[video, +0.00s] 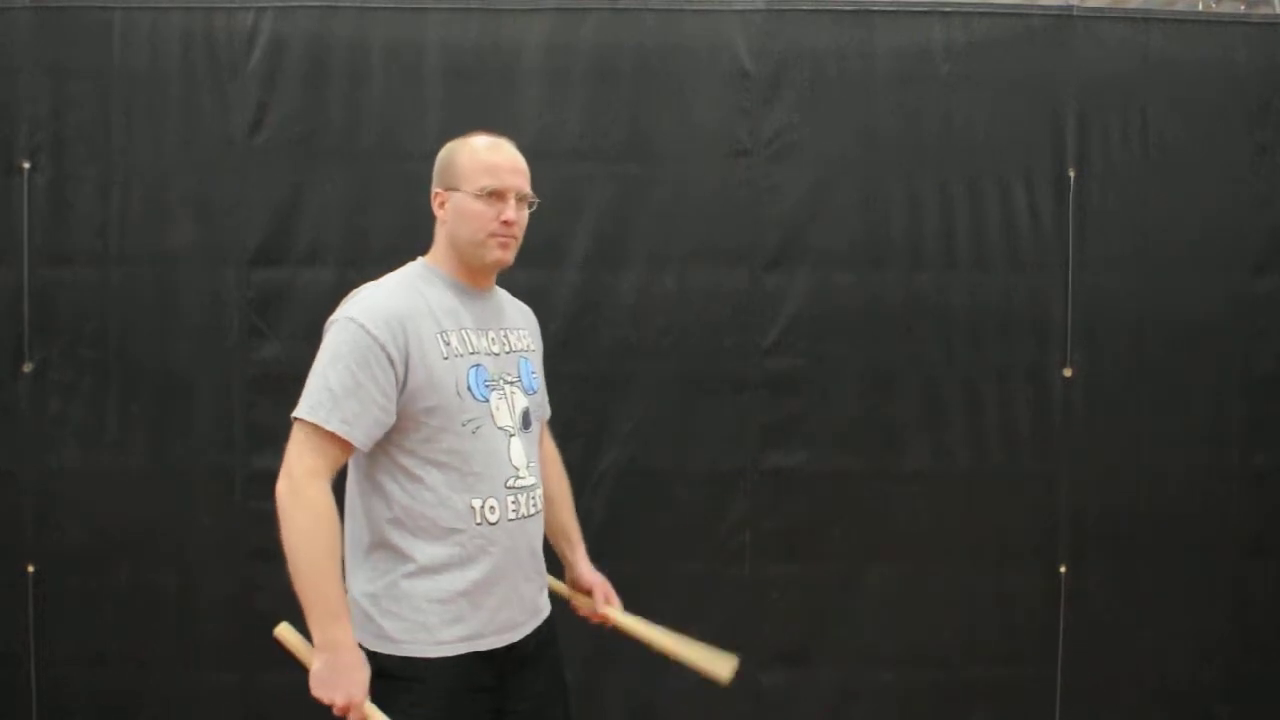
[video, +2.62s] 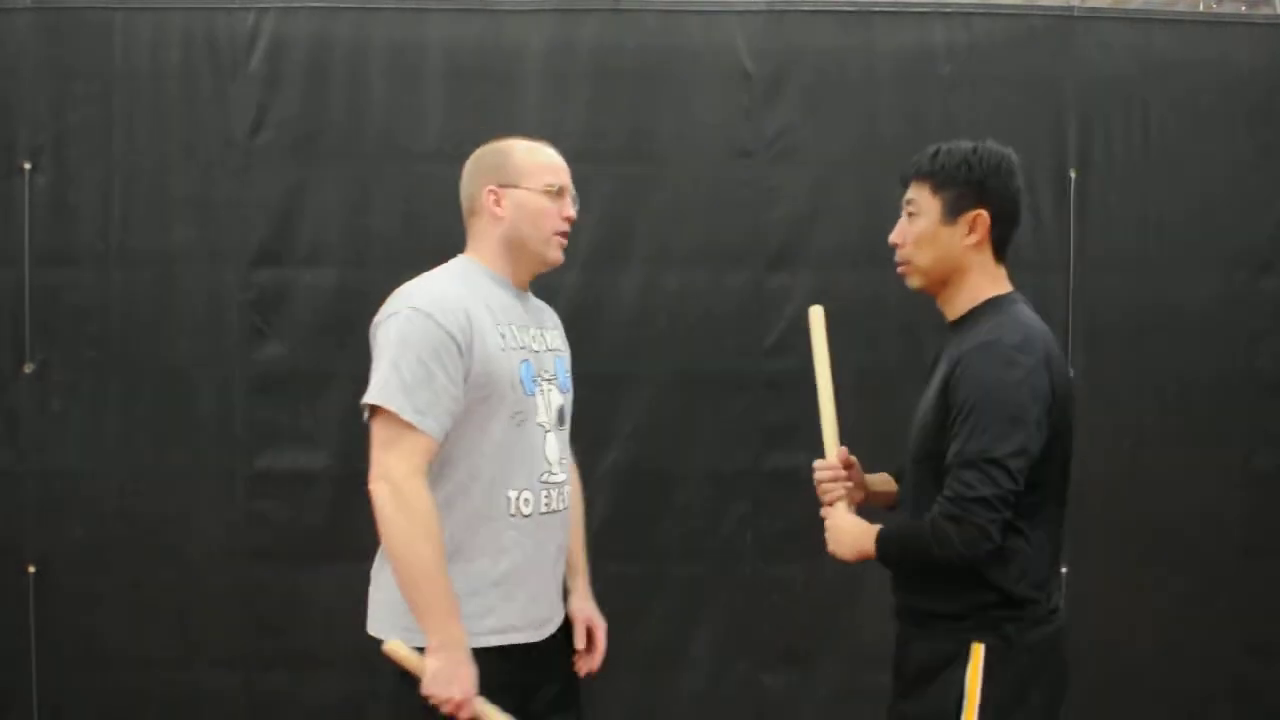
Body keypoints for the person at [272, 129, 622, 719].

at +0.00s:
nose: (510, 216)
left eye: (522, 201)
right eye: (491, 196)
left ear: (530, 212)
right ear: (441, 203)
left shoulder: (519, 321)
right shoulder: (377, 319)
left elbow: (536, 444)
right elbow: (301, 480)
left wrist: (577, 560)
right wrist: (335, 646)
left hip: (525, 638)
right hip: (414, 655)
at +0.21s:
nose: (506, 213)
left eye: (517, 199)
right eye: (487, 194)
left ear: (525, 210)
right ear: (435, 202)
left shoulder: (517, 320)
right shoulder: (372, 320)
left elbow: (552, 440)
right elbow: (304, 485)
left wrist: (634, 527)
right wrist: (339, 647)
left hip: (527, 635)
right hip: (416, 654)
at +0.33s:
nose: (503, 213)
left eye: (512, 199)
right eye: (483, 194)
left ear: (520, 209)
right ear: (430, 202)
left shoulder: (516, 319)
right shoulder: (370, 319)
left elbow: (583, 428)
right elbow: (308, 487)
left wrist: (687, 497)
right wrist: (340, 652)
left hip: (526, 638)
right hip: (414, 655)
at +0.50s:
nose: (497, 211)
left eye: (506, 197)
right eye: (477, 194)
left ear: (513, 206)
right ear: (425, 202)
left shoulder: (522, 321)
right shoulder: (365, 321)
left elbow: (616, 405)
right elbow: (312, 488)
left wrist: (735, 454)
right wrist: (343, 651)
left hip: (523, 633)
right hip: (413, 653)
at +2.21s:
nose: (501, 209)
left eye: (504, 193)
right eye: (481, 190)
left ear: (507, 200)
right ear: (419, 200)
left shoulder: (507, 318)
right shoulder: (351, 325)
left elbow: (587, 426)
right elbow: (303, 502)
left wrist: (681, 513)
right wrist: (349, 674)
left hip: (522, 644)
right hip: (410, 672)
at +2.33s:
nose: (515, 210)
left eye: (515, 194)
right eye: (494, 191)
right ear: (434, 201)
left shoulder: (510, 319)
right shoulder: (365, 323)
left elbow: (560, 444)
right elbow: (323, 497)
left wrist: (622, 561)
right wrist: (368, 671)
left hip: (524, 644)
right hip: (417, 670)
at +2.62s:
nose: (572, 212)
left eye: (570, 197)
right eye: (553, 193)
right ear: (496, 202)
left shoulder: (545, 322)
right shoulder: (428, 310)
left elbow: (559, 463)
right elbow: (395, 479)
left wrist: (579, 585)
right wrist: (446, 643)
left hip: (542, 642)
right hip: (451, 653)